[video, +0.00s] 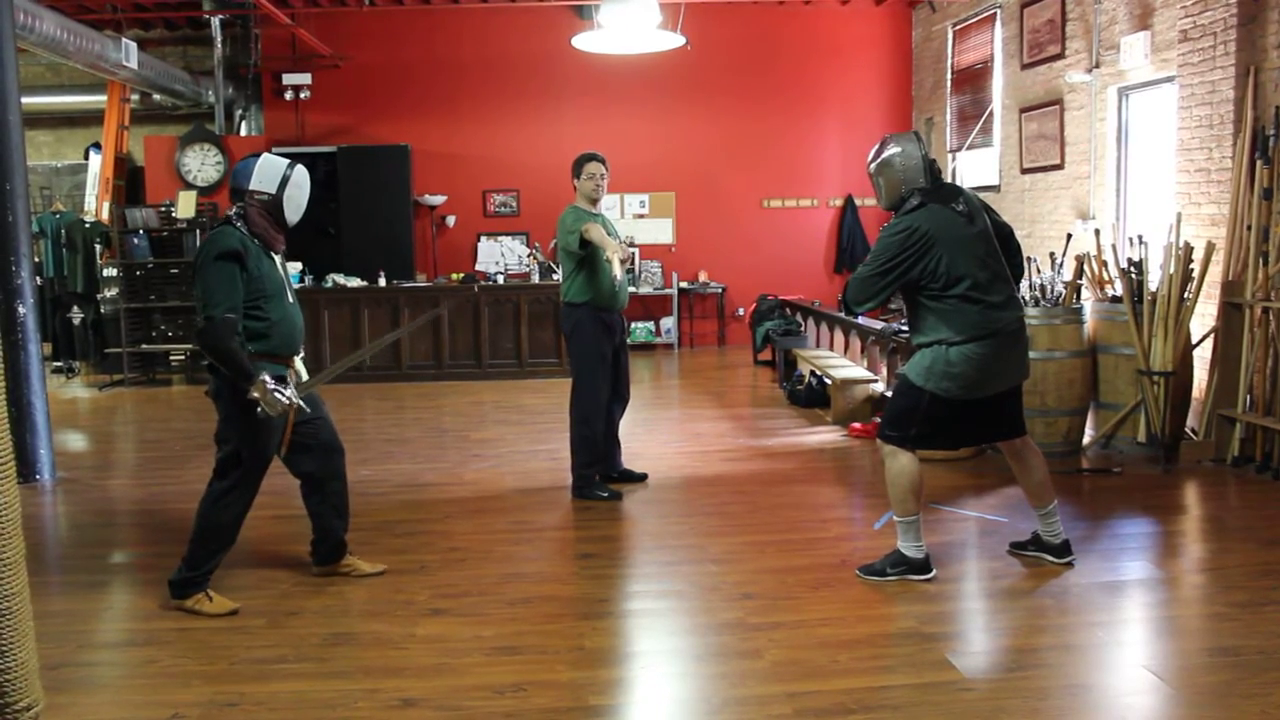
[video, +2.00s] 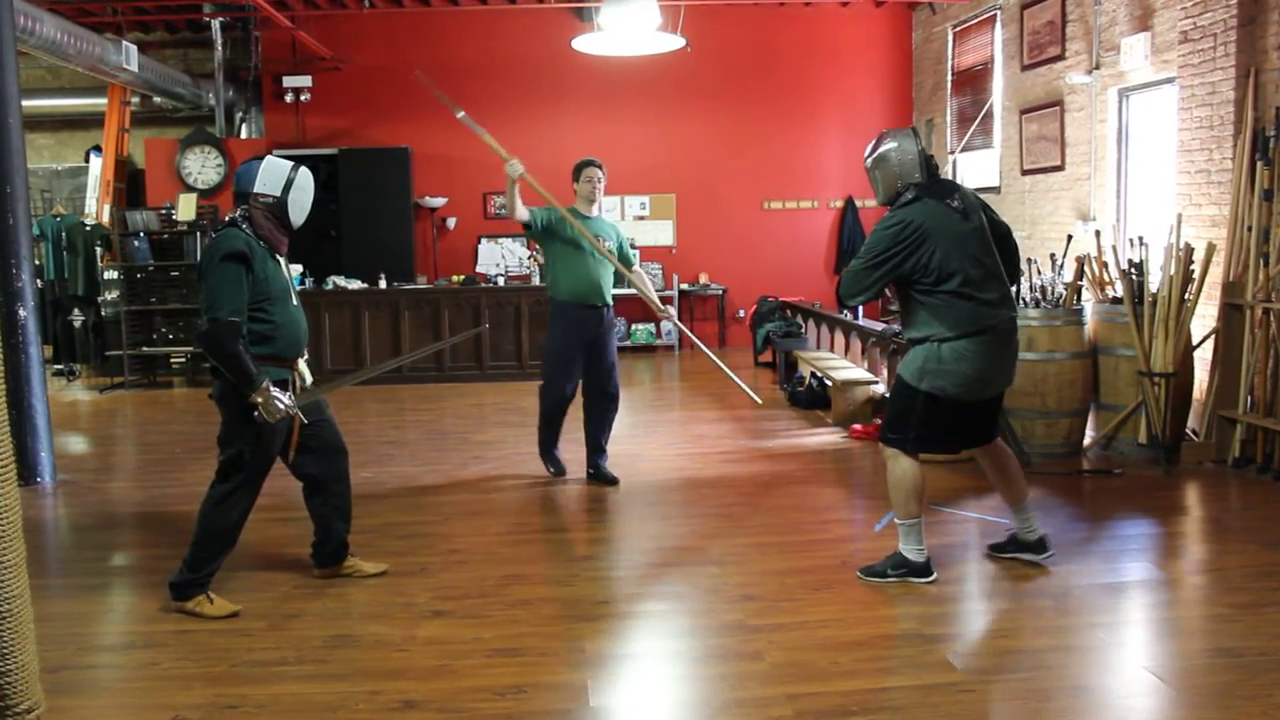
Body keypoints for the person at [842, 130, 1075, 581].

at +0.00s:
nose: (877, 191)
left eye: (878, 180)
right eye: (876, 181)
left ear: (896, 177)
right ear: (924, 171)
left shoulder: (907, 227)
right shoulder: (970, 204)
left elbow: (856, 297)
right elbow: (1013, 255)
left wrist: (884, 277)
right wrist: (994, 296)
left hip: (954, 352)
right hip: (1008, 344)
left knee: (895, 437)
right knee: (1014, 438)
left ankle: (911, 553)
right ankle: (1053, 538)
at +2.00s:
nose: (872, 183)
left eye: (874, 173)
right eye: (871, 174)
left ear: (891, 171)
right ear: (921, 164)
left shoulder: (901, 221)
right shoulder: (965, 200)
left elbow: (850, 290)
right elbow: (1008, 248)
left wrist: (887, 267)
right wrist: (997, 295)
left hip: (944, 348)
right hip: (997, 340)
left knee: (898, 443)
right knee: (985, 435)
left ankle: (912, 555)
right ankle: (1028, 533)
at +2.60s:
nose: (860, 188)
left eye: (863, 178)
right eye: (861, 179)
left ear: (881, 181)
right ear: (909, 176)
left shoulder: (890, 230)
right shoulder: (953, 211)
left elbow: (837, 296)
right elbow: (992, 259)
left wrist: (882, 269)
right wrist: (971, 298)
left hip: (922, 357)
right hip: (977, 351)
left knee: (858, 433)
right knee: (974, 446)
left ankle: (848, 547)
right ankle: (1023, 539)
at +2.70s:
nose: (841, 192)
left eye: (843, 183)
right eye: (841, 182)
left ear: (857, 184)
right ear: (891, 178)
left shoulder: (867, 231)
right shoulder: (934, 214)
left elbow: (812, 289)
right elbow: (970, 270)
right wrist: (942, 299)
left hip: (902, 360)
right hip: (958, 355)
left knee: (838, 437)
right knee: (971, 446)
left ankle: (809, 551)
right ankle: (1024, 538)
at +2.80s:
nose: (816, 195)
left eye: (819, 185)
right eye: (816, 186)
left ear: (836, 183)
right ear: (864, 178)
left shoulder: (842, 233)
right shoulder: (909, 215)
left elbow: (782, 286)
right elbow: (942, 277)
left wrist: (765, 269)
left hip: (879, 363)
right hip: (934, 357)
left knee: (814, 443)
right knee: (958, 445)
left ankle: (795, 557)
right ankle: (1020, 532)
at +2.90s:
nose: (789, 198)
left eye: (791, 189)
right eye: (788, 189)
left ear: (807, 187)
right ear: (837, 182)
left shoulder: (814, 234)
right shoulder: (881, 215)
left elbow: (755, 280)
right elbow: (916, 259)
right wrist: (901, 301)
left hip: (860, 358)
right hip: (913, 351)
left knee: (795, 443)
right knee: (938, 441)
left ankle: (788, 558)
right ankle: (1010, 520)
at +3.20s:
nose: (747, 201)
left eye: (750, 192)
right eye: (747, 192)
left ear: (766, 192)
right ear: (797, 186)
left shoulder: (781, 239)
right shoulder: (840, 213)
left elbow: (755, 314)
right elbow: (882, 258)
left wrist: (692, 328)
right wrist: (859, 296)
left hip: (837, 350)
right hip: (881, 340)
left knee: (772, 440)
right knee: (888, 430)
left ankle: (784, 556)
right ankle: (954, 508)